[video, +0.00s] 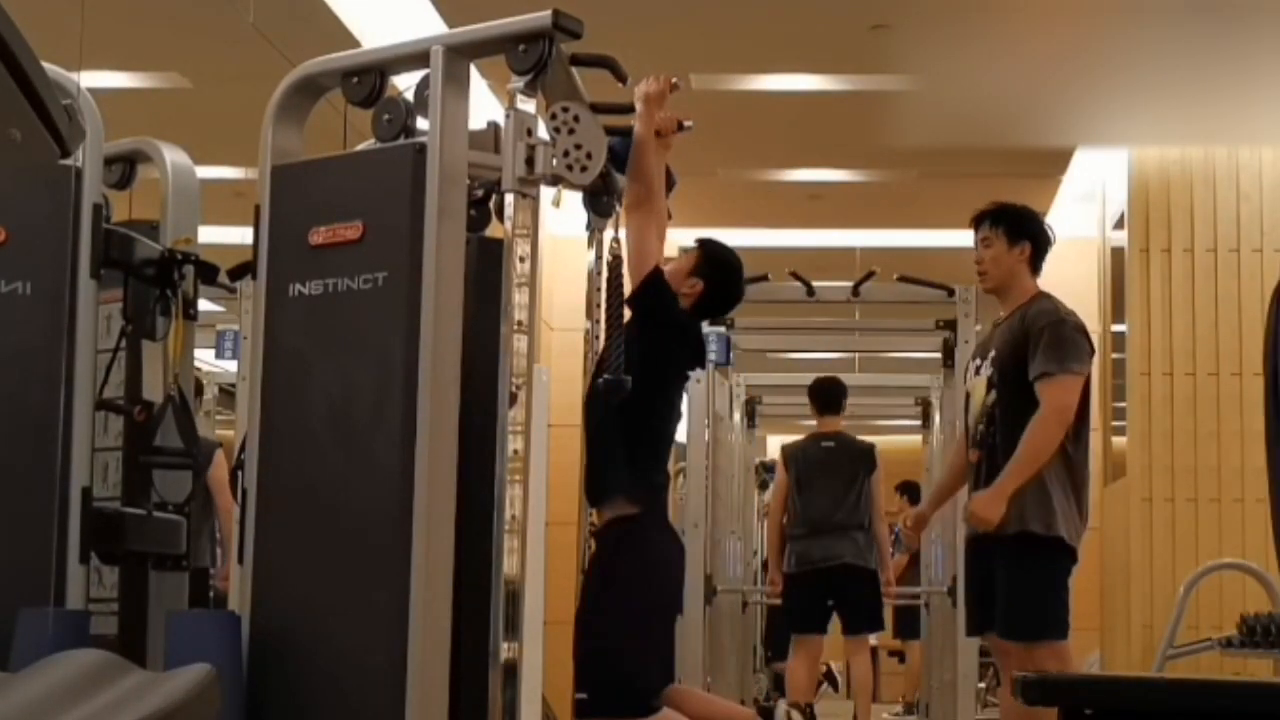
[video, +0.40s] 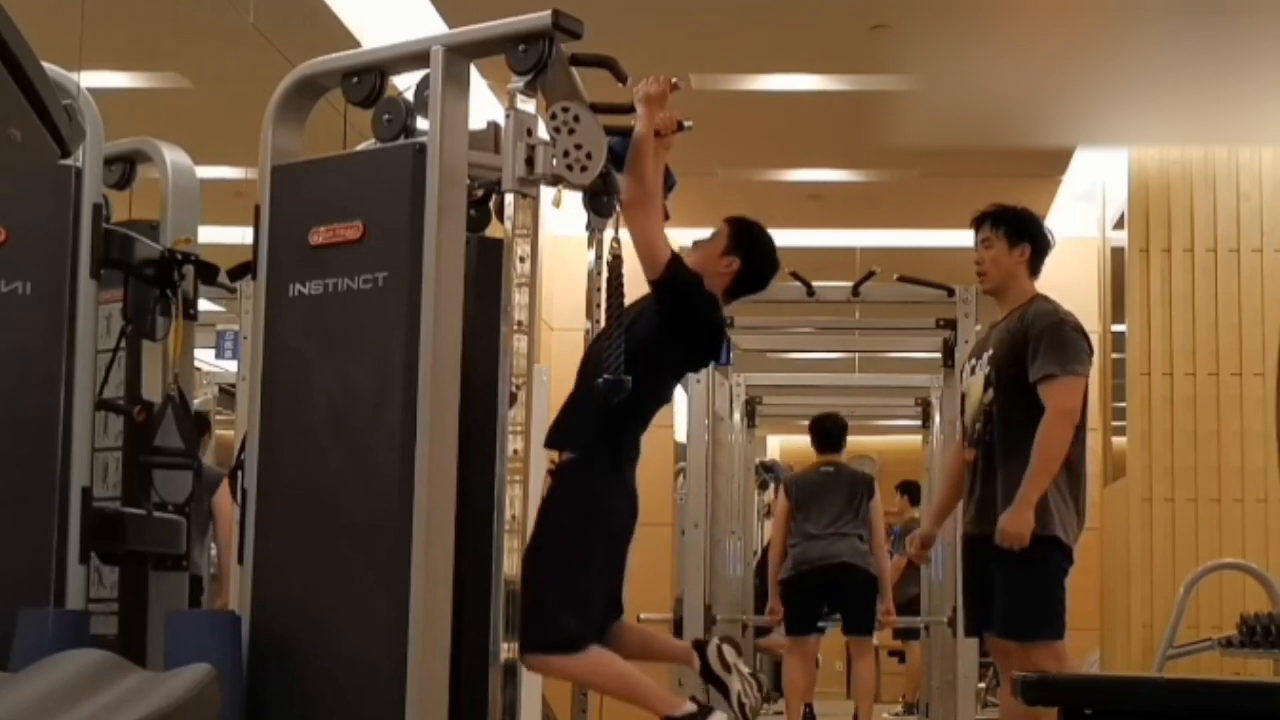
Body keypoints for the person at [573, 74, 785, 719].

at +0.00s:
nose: (669, 259)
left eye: (681, 257)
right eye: (678, 255)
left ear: (693, 287)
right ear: (690, 289)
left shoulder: (664, 327)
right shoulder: (656, 327)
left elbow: (646, 209)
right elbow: (645, 216)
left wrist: (645, 123)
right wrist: (658, 133)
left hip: (633, 542)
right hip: (633, 540)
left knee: (621, 704)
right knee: (642, 692)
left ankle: (745, 717)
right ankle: (755, 716)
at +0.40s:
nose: (698, 242)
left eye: (711, 239)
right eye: (708, 236)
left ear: (727, 264)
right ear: (729, 268)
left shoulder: (689, 307)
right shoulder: (688, 307)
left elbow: (639, 212)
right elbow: (647, 217)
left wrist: (646, 125)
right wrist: (656, 137)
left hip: (589, 486)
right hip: (600, 485)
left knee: (546, 649)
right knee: (600, 629)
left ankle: (683, 710)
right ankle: (701, 657)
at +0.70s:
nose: (718, 189)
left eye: (732, 183)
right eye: (727, 181)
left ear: (755, 203)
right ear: (760, 212)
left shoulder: (720, 250)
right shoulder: (737, 272)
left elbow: (638, 201)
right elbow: (642, 231)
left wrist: (645, 125)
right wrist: (652, 149)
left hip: (595, 404)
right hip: (620, 411)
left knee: (535, 556)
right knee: (572, 553)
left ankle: (634, 637)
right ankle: (659, 608)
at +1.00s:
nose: (719, 117)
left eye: (729, 106)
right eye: (726, 105)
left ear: (753, 119)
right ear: (767, 128)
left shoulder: (733, 180)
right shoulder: (754, 197)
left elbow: (640, 187)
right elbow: (649, 208)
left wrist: (645, 119)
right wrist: (658, 145)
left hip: (620, 332)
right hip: (643, 345)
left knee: (535, 472)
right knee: (581, 481)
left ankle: (617, 572)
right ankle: (655, 528)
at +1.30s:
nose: (704, 56)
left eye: (715, 45)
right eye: (711, 44)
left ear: (739, 59)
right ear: (752, 67)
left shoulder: (715, 116)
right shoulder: (725, 123)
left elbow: (655, 191)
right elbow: (656, 193)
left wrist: (648, 117)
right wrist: (654, 127)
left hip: (634, 289)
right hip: (645, 294)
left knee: (559, 435)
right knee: (589, 438)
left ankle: (676, 496)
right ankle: (682, 488)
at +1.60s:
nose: (715, 121)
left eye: (725, 111)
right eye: (721, 110)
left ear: (750, 124)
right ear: (766, 134)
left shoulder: (723, 180)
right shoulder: (747, 193)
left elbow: (636, 192)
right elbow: (652, 204)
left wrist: (644, 125)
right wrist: (657, 144)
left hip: (637, 362)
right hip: (659, 364)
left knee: (584, 505)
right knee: (621, 511)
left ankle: (711, 554)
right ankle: (716, 550)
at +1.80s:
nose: (722, 179)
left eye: (733, 170)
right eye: (729, 169)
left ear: (755, 189)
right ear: (764, 198)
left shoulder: (723, 241)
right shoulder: (736, 252)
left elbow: (640, 199)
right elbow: (646, 220)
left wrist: (646, 127)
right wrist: (656, 142)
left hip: (636, 412)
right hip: (660, 414)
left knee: (596, 579)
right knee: (640, 568)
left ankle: (729, 606)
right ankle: (735, 607)